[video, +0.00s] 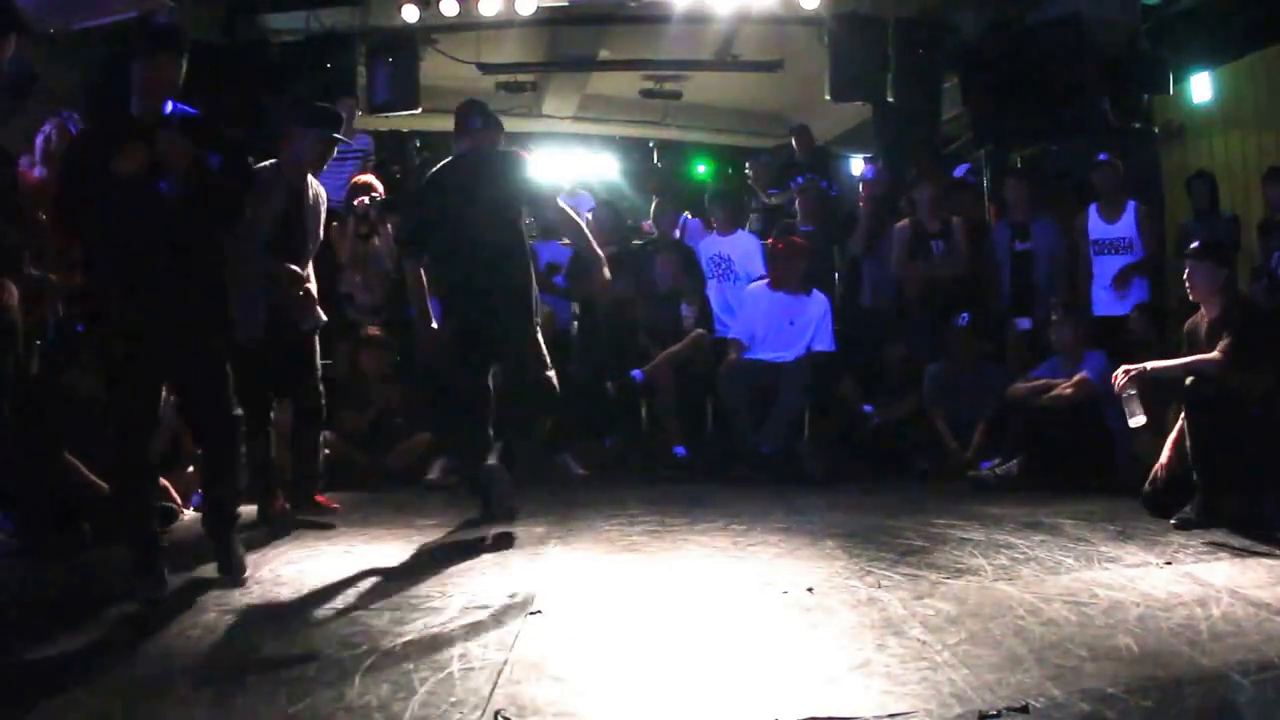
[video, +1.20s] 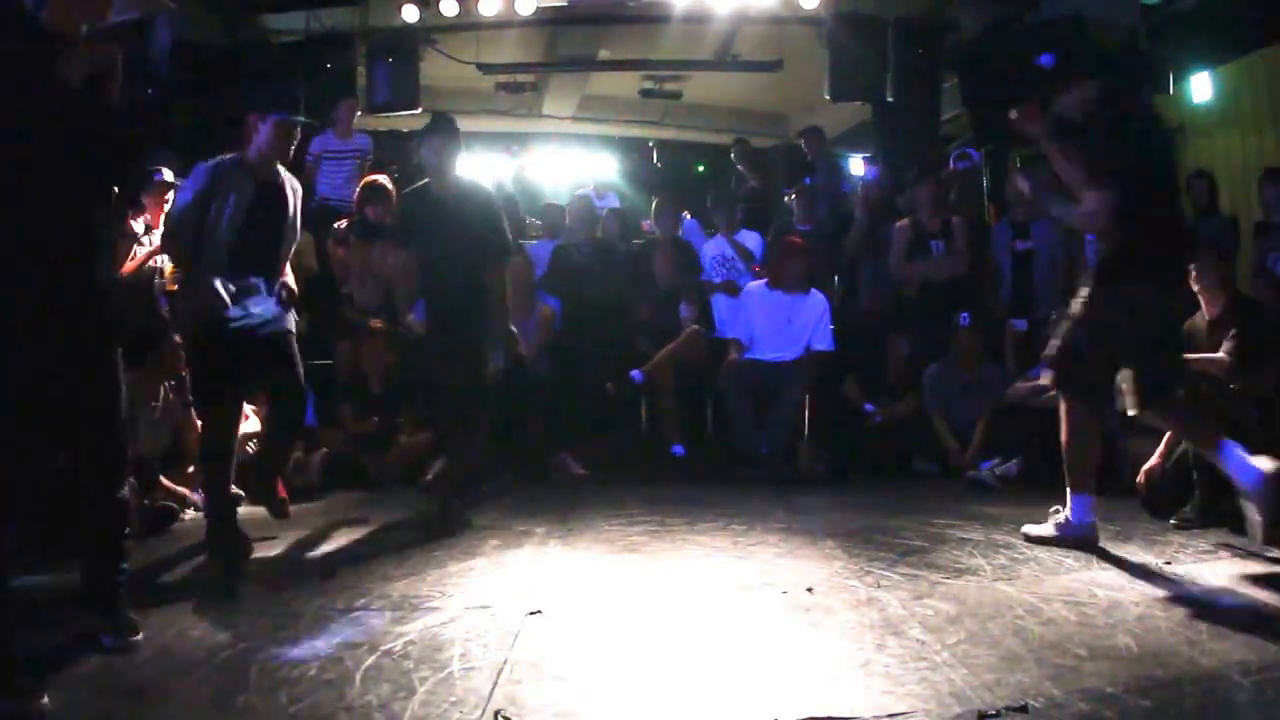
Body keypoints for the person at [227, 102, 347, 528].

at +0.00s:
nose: (328, 152)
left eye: (331, 144)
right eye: (321, 142)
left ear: (325, 148)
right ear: (295, 139)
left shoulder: (316, 192)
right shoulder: (260, 180)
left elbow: (310, 252)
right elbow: (246, 247)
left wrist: (311, 297)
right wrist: (287, 274)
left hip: (299, 312)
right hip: (255, 312)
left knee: (310, 403)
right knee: (258, 406)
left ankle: (305, 489)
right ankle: (267, 493)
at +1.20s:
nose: (290, 141)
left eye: (296, 133)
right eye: (283, 130)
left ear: (298, 137)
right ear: (255, 126)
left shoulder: (291, 188)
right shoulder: (211, 176)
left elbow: (282, 253)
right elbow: (175, 236)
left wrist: (285, 280)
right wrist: (201, 279)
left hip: (267, 311)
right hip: (212, 314)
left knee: (292, 401)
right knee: (220, 423)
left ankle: (265, 471)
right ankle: (221, 528)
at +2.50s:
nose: (259, 71)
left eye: (260, 60)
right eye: (249, 59)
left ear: (249, 69)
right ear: (217, 61)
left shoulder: (239, 137)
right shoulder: (185, 124)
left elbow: (232, 222)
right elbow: (148, 201)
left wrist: (256, 260)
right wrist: (196, 259)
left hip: (221, 303)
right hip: (175, 306)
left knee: (243, 423)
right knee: (182, 426)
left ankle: (216, 536)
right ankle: (180, 553)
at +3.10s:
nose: (236, 96)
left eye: (235, 86)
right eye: (232, 85)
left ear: (199, 81)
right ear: (216, 83)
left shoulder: (185, 120)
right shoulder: (192, 117)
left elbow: (172, 209)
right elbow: (163, 199)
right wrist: (207, 254)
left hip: (166, 297)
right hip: (167, 301)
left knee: (179, 422)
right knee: (183, 425)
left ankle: (179, 535)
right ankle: (179, 554)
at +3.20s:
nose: (233, 100)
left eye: (231, 94)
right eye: (231, 93)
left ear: (193, 88)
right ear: (221, 91)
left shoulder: (169, 126)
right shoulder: (205, 120)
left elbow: (128, 210)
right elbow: (190, 197)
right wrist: (229, 263)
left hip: (150, 301)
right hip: (176, 305)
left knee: (175, 422)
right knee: (191, 422)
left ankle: (171, 541)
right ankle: (179, 550)